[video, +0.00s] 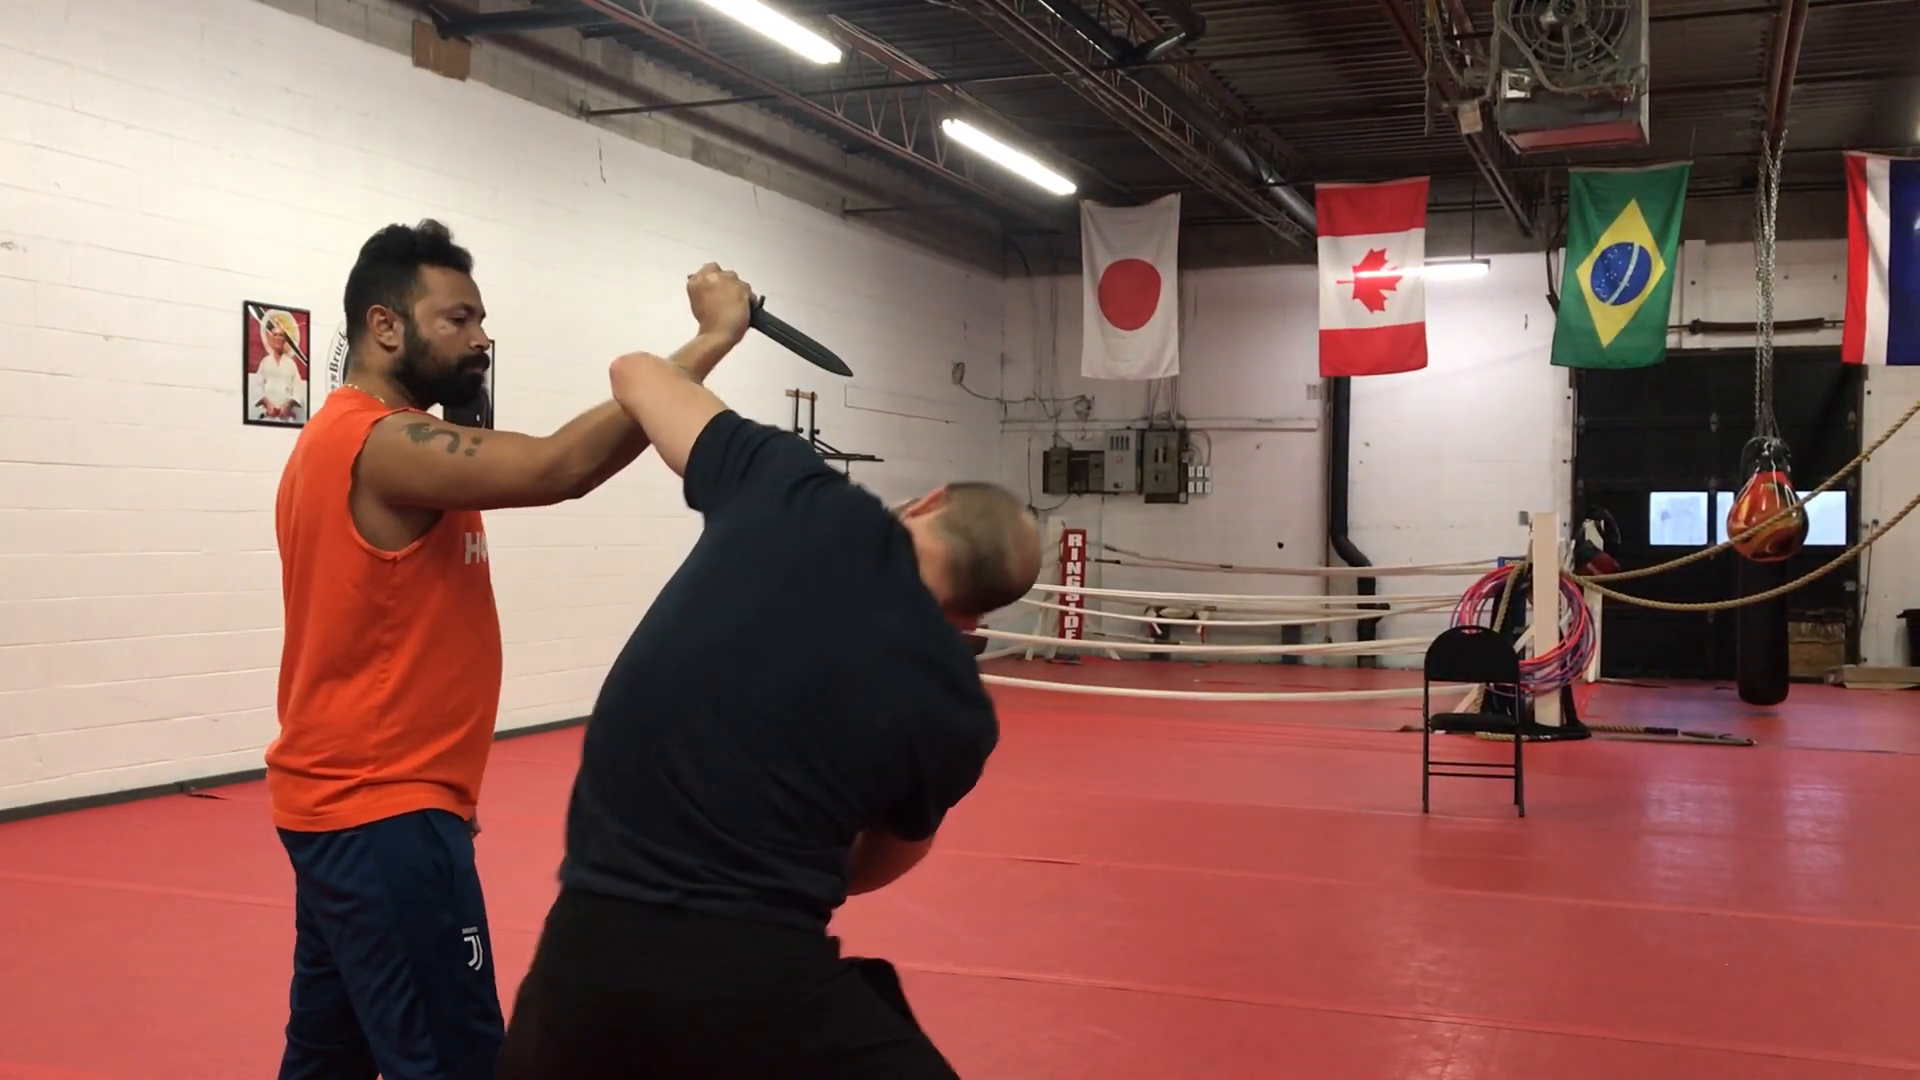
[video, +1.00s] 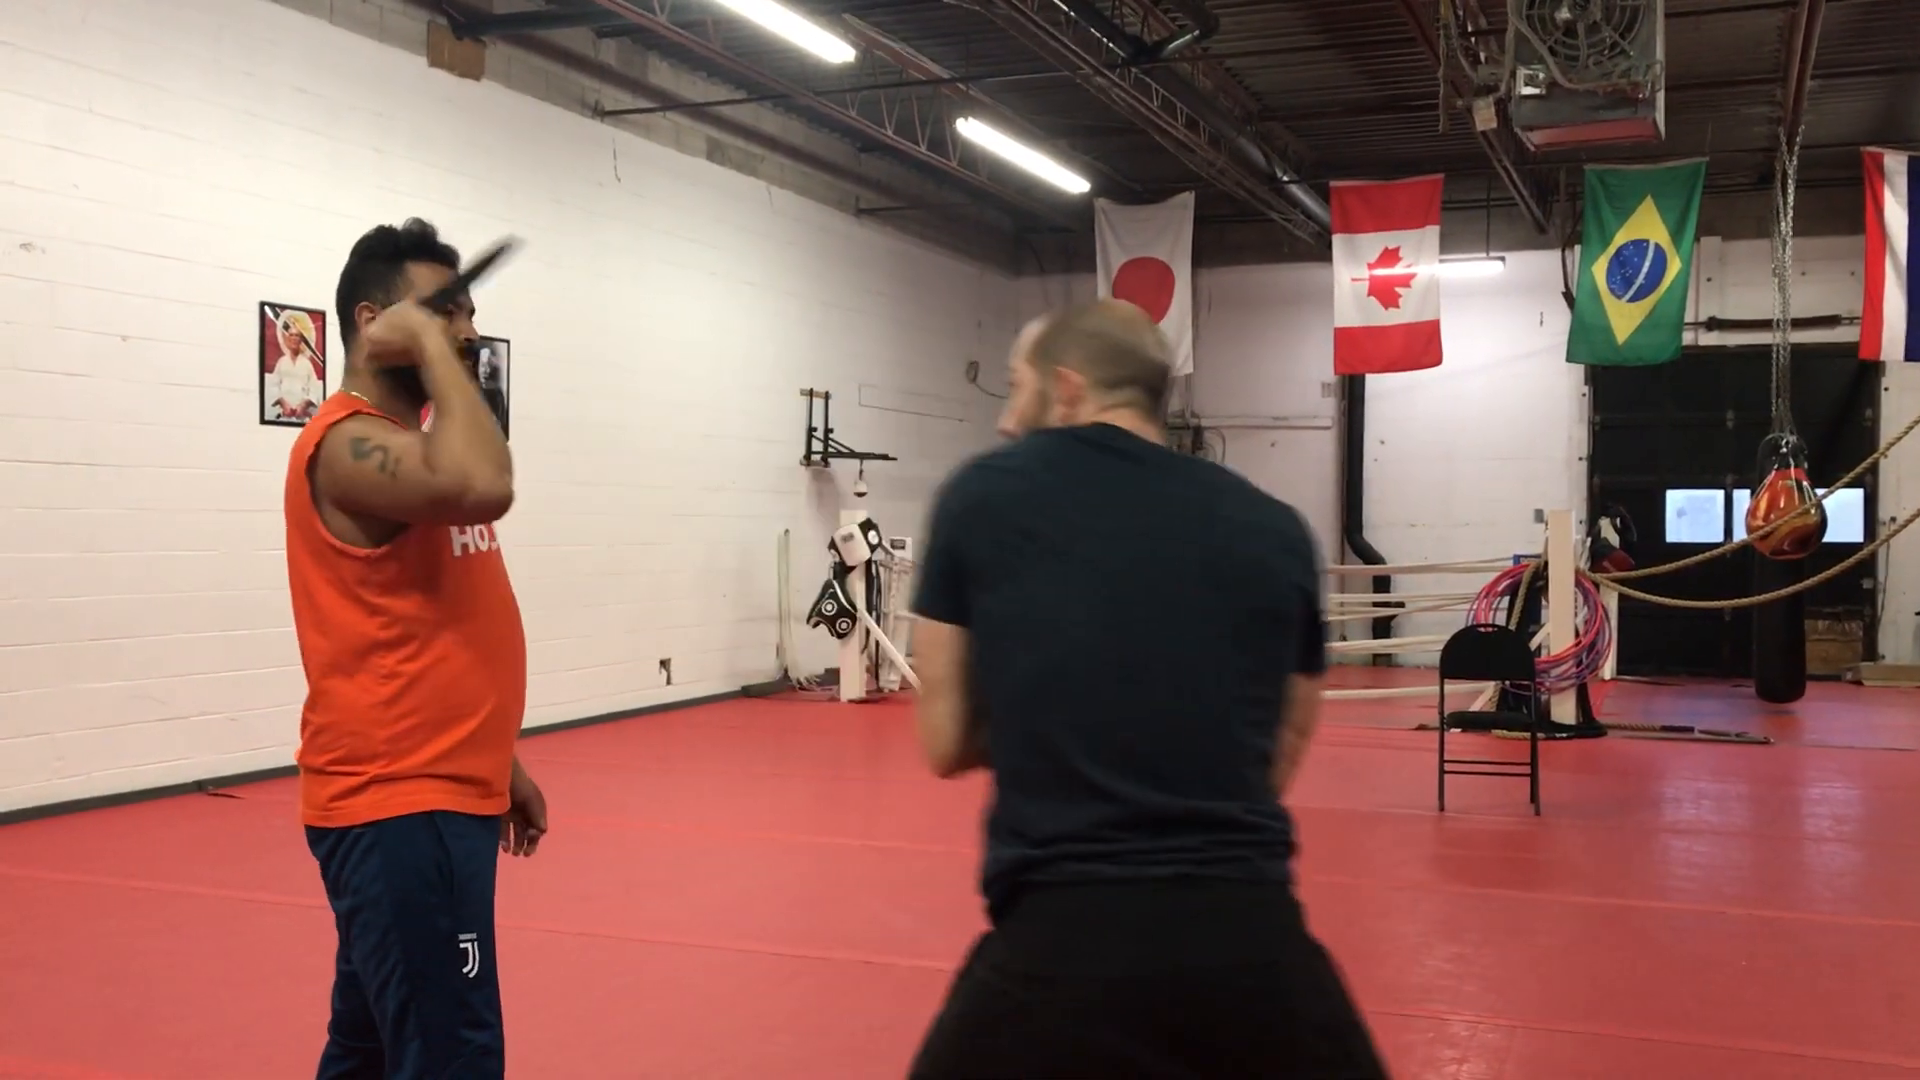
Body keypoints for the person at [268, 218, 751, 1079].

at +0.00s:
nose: (482, 337)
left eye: (479, 317)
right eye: (460, 316)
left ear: (388, 332)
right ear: (384, 326)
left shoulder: (331, 437)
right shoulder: (385, 439)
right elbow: (563, 465)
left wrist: (454, 425)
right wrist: (711, 340)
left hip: (339, 809)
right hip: (389, 816)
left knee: (328, 1060)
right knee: (455, 1059)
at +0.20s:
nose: (485, 337)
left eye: (481, 315)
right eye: (464, 316)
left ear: (387, 332)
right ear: (388, 328)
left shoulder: (325, 439)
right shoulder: (397, 442)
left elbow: (553, 479)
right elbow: (570, 483)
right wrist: (734, 381)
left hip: (329, 810)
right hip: (388, 818)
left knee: (330, 1060)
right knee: (459, 1060)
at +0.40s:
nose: (492, 331)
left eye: (487, 310)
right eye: (470, 310)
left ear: (391, 328)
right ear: (392, 324)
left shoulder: (332, 437)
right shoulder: (396, 449)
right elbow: (568, 519)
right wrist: (746, 451)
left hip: (330, 806)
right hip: (392, 815)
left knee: (332, 1058)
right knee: (452, 1059)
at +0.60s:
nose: (493, 326)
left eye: (489, 305)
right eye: (468, 306)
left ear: (397, 328)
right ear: (394, 323)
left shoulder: (346, 434)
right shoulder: (391, 446)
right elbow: (552, 542)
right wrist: (705, 426)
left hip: (345, 805)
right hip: (394, 812)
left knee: (342, 1057)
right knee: (451, 1059)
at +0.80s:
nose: (480, 323)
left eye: (475, 305)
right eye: (455, 306)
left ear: (388, 327)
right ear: (380, 321)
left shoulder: (381, 435)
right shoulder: (373, 440)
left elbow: (403, 636)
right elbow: (519, 526)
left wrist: (479, 760)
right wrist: (583, 367)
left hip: (394, 799)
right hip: (393, 806)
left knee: (355, 1053)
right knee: (451, 1057)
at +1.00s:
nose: (465, 327)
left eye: (462, 309)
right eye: (445, 305)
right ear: (380, 324)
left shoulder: (409, 437)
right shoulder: (350, 438)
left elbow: (425, 637)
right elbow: (481, 479)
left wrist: (497, 763)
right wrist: (427, 342)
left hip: (431, 802)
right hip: (396, 808)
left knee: (370, 1056)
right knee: (454, 1057)